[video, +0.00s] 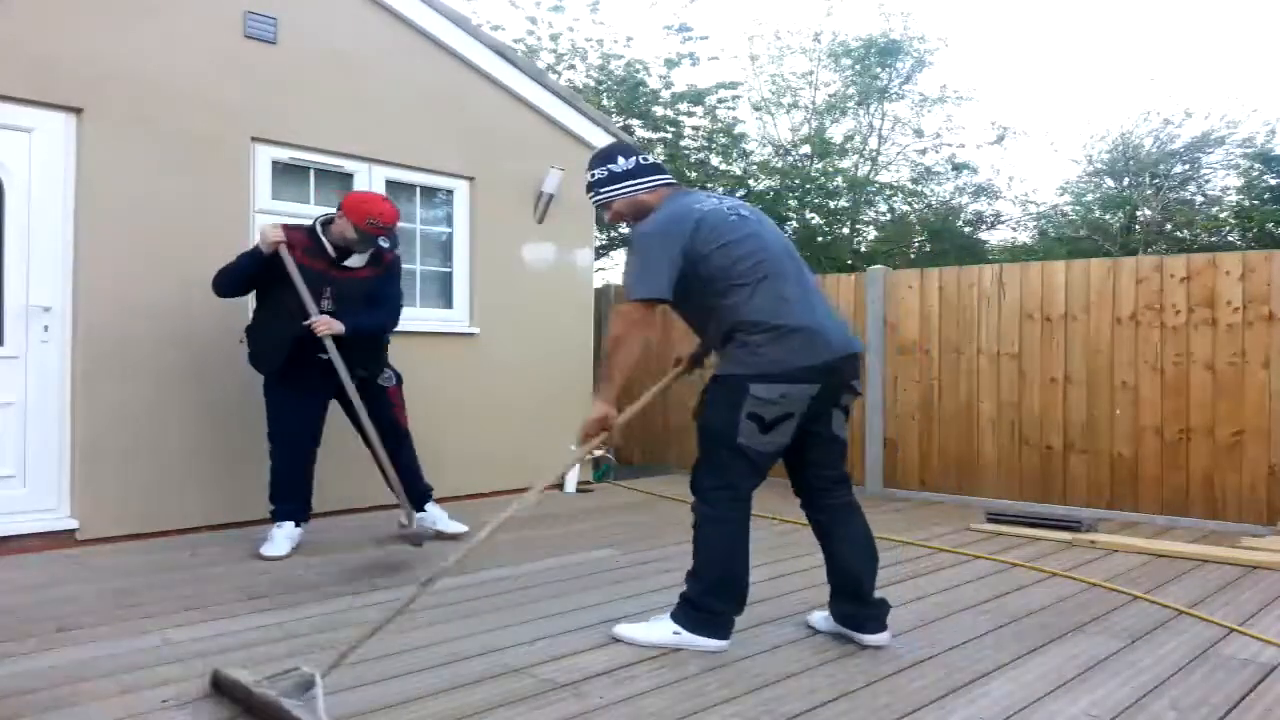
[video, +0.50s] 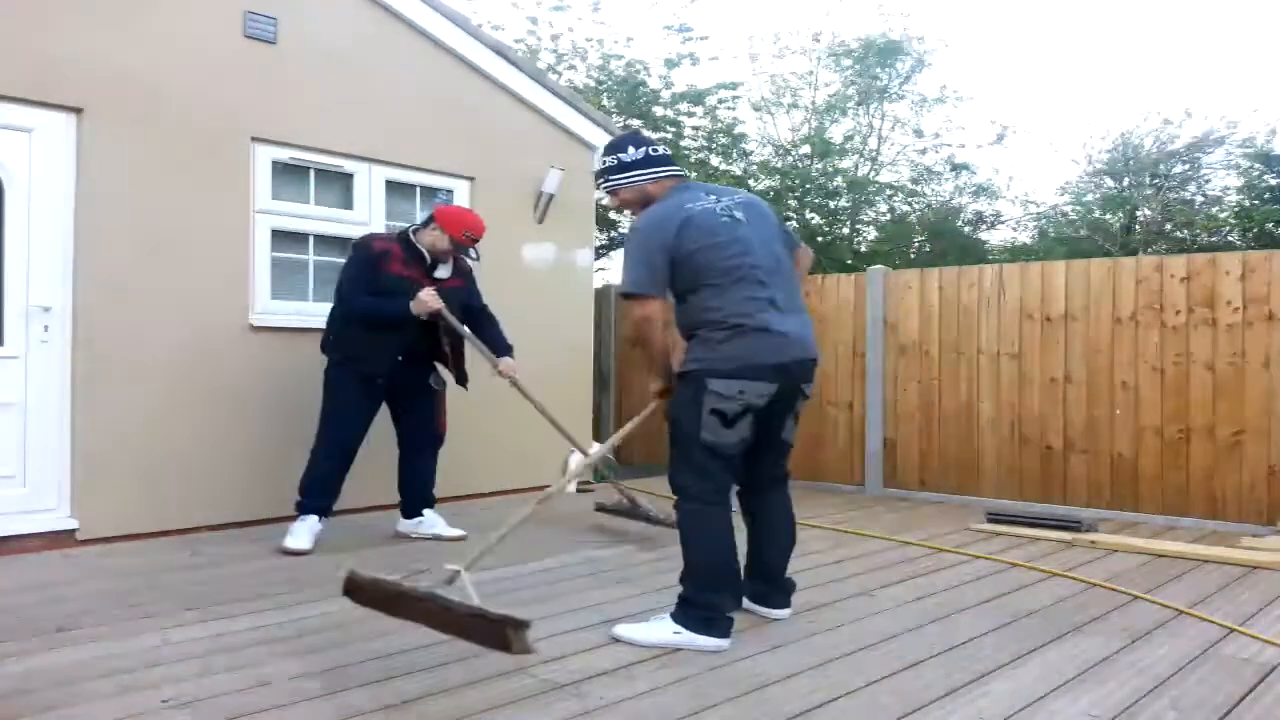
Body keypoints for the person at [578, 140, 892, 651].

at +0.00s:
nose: (613, 219)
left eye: (609, 207)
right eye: (606, 211)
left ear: (630, 189)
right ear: (651, 181)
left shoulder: (660, 224)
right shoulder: (723, 205)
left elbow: (635, 319)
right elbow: (758, 280)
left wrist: (607, 398)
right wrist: (705, 341)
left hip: (765, 360)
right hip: (832, 354)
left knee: (720, 488)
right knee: (825, 485)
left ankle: (704, 620)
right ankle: (861, 614)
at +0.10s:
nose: (599, 215)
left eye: (599, 202)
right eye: (595, 205)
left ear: (628, 188)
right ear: (648, 183)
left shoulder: (654, 222)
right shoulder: (722, 205)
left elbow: (614, 311)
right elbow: (736, 290)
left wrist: (578, 394)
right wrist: (671, 343)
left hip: (756, 361)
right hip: (823, 352)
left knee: (716, 488)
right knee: (808, 479)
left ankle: (704, 619)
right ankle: (849, 609)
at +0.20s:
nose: (596, 216)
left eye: (596, 203)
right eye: (592, 205)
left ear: (621, 187)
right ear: (644, 180)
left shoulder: (650, 220)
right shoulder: (720, 203)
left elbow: (604, 308)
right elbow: (736, 286)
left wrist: (571, 388)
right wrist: (669, 339)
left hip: (747, 357)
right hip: (815, 348)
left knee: (713, 488)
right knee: (798, 479)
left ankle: (704, 620)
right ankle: (827, 604)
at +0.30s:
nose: (598, 213)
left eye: (597, 199)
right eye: (593, 203)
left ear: (622, 183)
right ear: (646, 177)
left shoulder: (649, 217)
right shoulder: (723, 201)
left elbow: (608, 303)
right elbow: (752, 277)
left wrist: (591, 382)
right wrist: (692, 331)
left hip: (739, 359)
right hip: (807, 352)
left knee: (712, 488)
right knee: (788, 478)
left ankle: (704, 620)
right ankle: (798, 596)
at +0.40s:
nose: (604, 208)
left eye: (603, 195)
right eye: (599, 198)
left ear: (627, 181)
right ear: (651, 175)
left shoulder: (647, 218)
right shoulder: (735, 200)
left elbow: (623, 309)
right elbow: (771, 277)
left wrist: (628, 380)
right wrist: (703, 346)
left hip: (730, 360)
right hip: (799, 355)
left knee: (711, 489)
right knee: (777, 477)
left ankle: (705, 618)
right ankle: (777, 591)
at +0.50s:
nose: (617, 207)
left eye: (615, 195)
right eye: (612, 197)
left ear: (638, 182)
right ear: (663, 174)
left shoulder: (655, 222)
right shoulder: (744, 200)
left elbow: (648, 317)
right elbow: (800, 256)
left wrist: (664, 375)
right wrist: (764, 317)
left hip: (726, 360)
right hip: (794, 355)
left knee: (700, 486)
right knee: (765, 476)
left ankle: (704, 617)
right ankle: (769, 592)